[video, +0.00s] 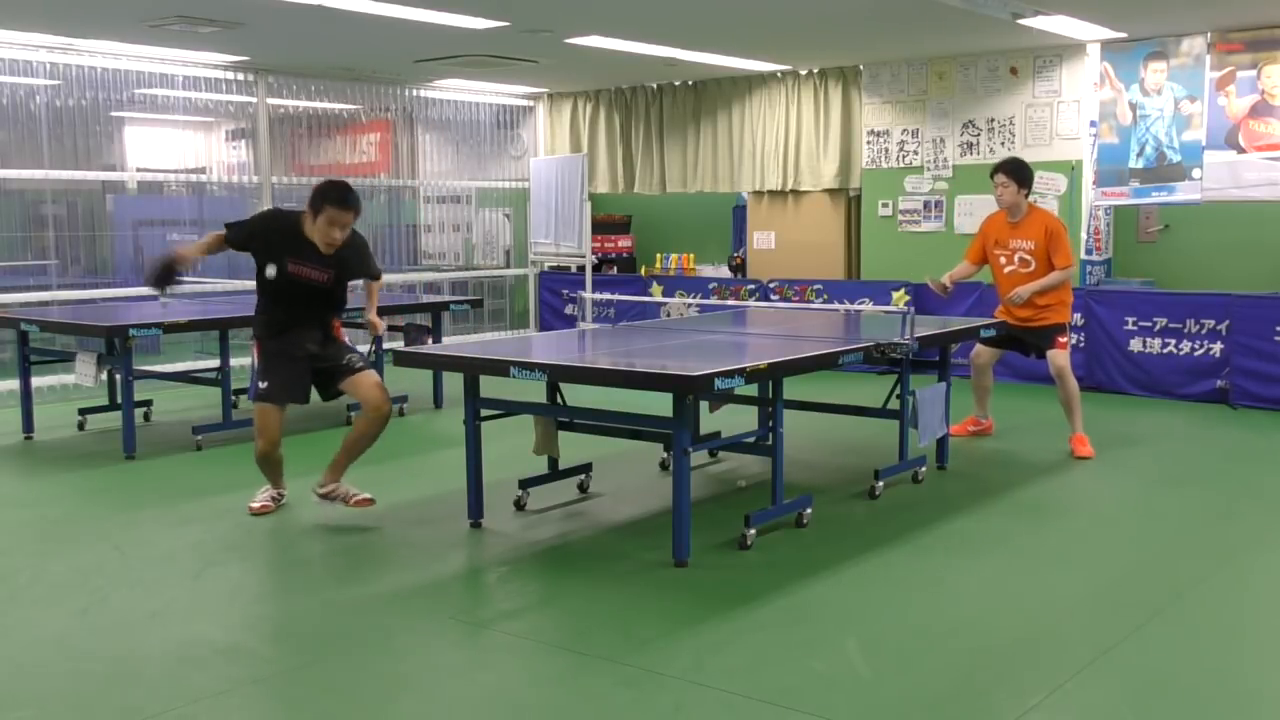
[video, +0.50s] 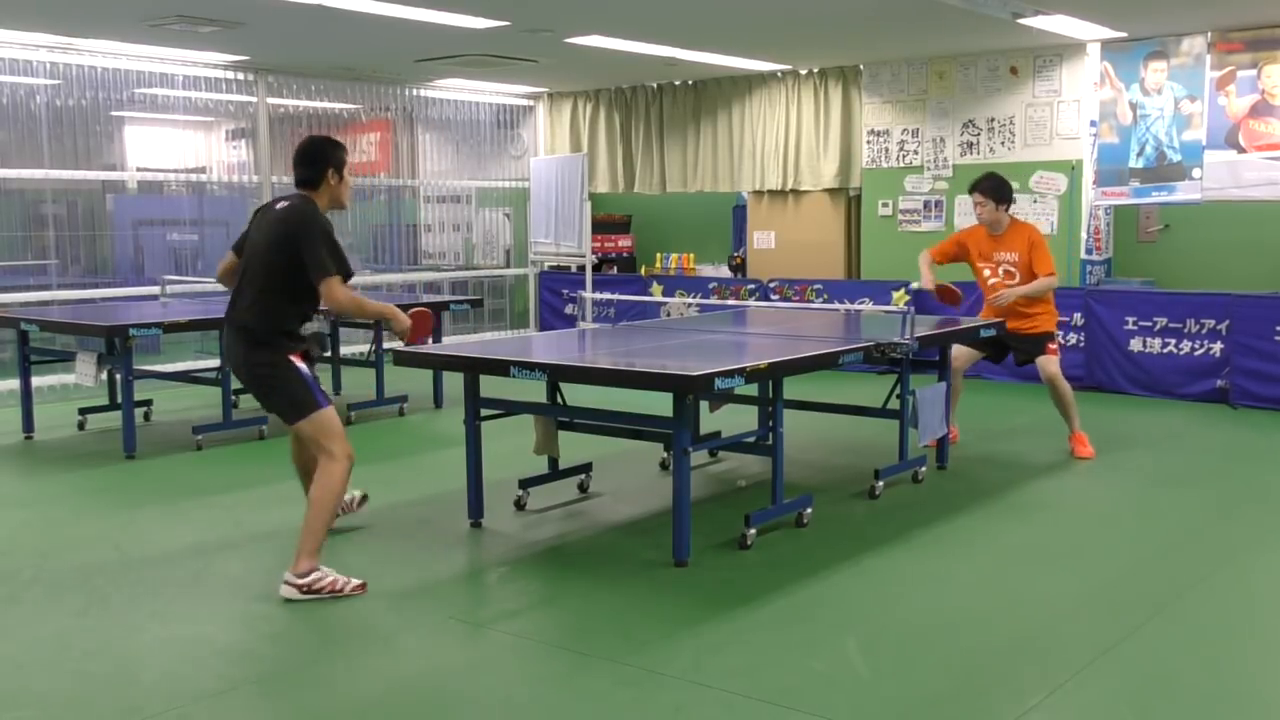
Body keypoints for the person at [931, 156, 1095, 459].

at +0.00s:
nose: (998, 191)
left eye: (1004, 185)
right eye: (995, 186)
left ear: (1023, 189)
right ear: (994, 189)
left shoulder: (1049, 224)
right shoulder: (991, 224)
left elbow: (1066, 271)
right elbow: (974, 262)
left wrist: (1031, 288)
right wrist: (950, 277)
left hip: (1050, 313)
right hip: (1009, 313)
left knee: (1060, 368)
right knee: (979, 359)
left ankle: (1078, 434)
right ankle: (981, 419)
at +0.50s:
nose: (977, 211)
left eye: (982, 205)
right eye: (975, 205)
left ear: (1003, 206)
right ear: (973, 206)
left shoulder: (1029, 234)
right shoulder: (970, 238)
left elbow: (1050, 280)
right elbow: (926, 255)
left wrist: (1016, 292)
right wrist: (927, 276)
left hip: (1035, 322)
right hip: (993, 321)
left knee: (1051, 374)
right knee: (953, 361)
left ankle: (1076, 433)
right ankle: (947, 427)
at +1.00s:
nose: (1001, 184)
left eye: (1008, 178)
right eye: (999, 179)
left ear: (1027, 181)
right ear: (999, 182)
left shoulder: (1052, 216)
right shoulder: (999, 220)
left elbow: (1076, 256)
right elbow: (975, 256)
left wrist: (1046, 271)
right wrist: (945, 261)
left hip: (1053, 312)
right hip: (1015, 311)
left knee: (1058, 368)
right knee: (988, 355)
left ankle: (1075, 424)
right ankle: (957, 417)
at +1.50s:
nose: (1054, 196)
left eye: (1060, 190)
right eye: (1052, 191)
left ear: (1079, 192)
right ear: (1051, 195)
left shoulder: (1109, 218)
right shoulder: (1044, 231)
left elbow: (1143, 236)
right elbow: (1002, 242)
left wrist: (1143, 272)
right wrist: (968, 233)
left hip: (1120, 307)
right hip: (1076, 311)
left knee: (1138, 361)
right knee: (1044, 359)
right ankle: (1030, 407)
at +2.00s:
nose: (1048, 177)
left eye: (1054, 171)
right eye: (1046, 172)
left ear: (1072, 173)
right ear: (1044, 175)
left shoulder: (1095, 208)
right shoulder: (1040, 209)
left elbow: (1121, 242)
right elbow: (1017, 245)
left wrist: (1101, 271)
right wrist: (996, 255)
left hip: (1094, 295)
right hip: (1057, 295)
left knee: (1107, 350)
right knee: (1026, 338)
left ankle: (1132, 411)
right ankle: (1033, 396)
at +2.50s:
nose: (1019, 205)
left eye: (1023, 199)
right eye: (1017, 200)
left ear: (1041, 200)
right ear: (1019, 201)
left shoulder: (1062, 229)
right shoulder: (1025, 233)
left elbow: (1091, 265)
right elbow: (1002, 258)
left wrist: (1074, 299)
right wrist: (970, 251)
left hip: (1074, 309)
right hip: (1042, 308)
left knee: (1079, 361)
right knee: (1003, 344)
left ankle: (1115, 413)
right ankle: (1007, 401)